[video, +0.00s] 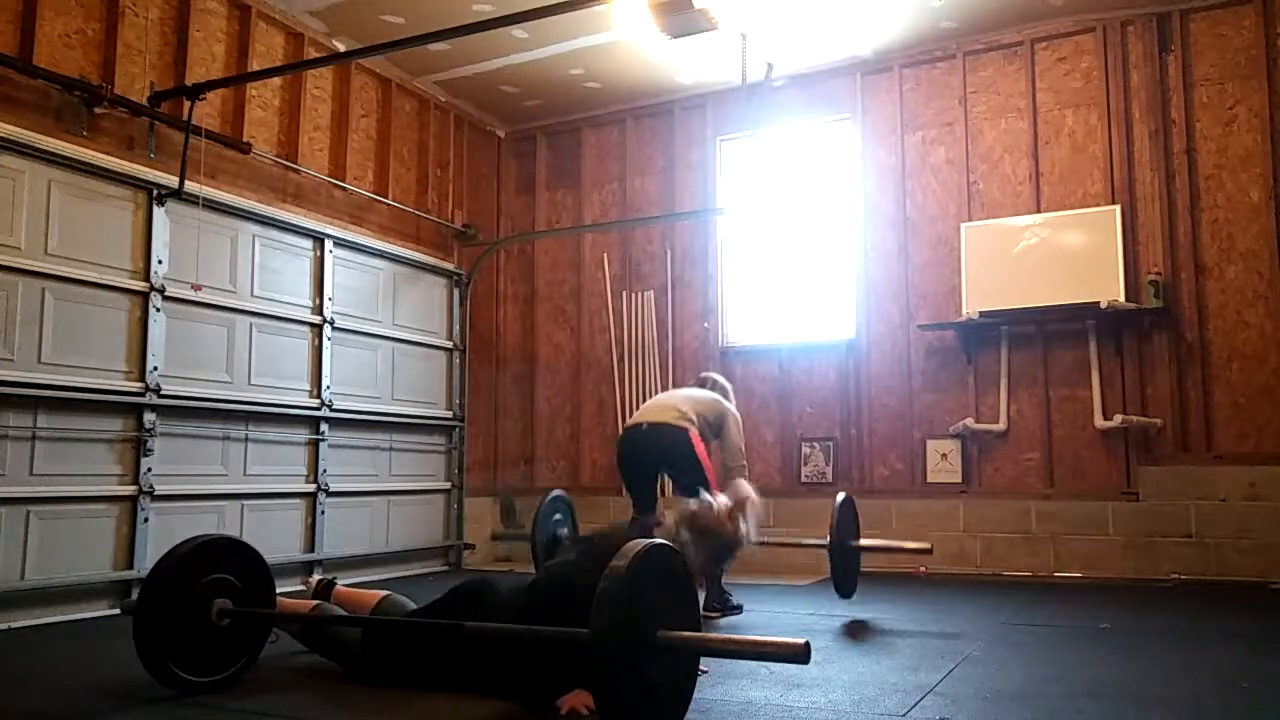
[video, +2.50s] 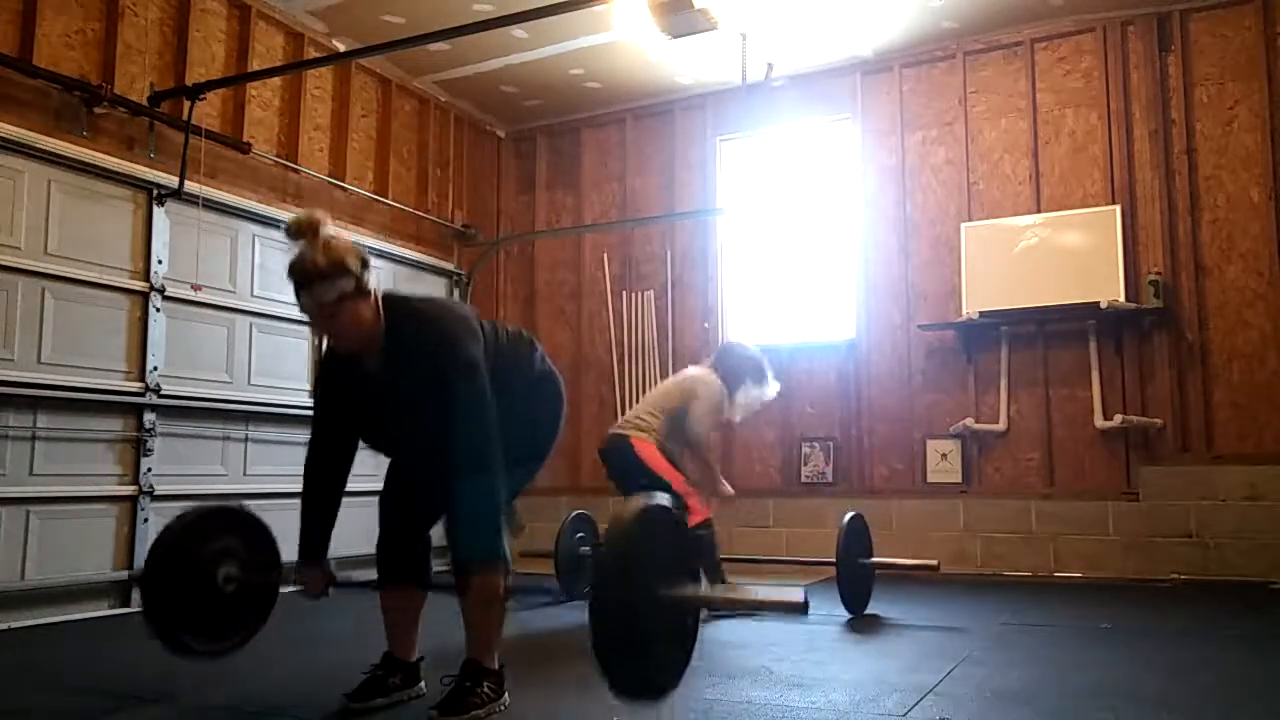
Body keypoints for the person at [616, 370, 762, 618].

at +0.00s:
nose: (730, 406)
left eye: (729, 401)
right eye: (729, 401)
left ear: (696, 388)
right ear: (723, 396)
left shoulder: (670, 397)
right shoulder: (724, 408)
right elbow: (735, 469)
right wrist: (744, 514)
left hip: (633, 436)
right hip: (678, 435)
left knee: (644, 515)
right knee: (706, 513)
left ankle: (629, 590)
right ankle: (715, 595)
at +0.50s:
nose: (722, 329)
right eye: (720, 323)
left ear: (680, 320)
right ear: (714, 323)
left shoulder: (660, 347)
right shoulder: (720, 351)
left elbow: (646, 390)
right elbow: (735, 408)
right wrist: (739, 461)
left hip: (639, 425)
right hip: (679, 428)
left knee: (648, 509)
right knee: (711, 507)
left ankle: (647, 593)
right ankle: (724, 592)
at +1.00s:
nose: (724, 332)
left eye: (722, 328)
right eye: (722, 327)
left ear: (687, 328)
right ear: (716, 328)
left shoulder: (665, 352)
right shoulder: (720, 346)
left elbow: (625, 364)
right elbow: (747, 356)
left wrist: (637, 399)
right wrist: (738, 399)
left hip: (650, 422)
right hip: (689, 422)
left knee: (653, 506)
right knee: (715, 507)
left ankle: (631, 585)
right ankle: (723, 592)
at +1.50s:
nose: (727, 342)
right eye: (727, 337)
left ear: (692, 331)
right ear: (721, 333)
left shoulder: (669, 351)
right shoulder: (729, 349)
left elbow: (636, 391)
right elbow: (745, 381)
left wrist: (643, 426)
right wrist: (745, 429)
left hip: (646, 425)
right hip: (686, 425)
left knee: (653, 506)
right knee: (715, 508)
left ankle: (632, 587)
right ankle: (723, 592)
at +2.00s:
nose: (737, 361)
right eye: (736, 356)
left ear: (698, 347)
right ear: (729, 353)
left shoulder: (675, 363)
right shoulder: (732, 370)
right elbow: (746, 421)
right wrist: (746, 468)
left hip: (643, 428)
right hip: (683, 430)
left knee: (650, 509)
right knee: (716, 509)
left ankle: (634, 587)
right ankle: (723, 592)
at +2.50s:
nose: (755, 407)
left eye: (759, 402)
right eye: (755, 398)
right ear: (739, 381)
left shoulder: (696, 378)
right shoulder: (709, 384)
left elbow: (670, 444)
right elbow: (698, 433)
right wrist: (716, 480)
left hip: (619, 442)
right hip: (634, 442)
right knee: (694, 507)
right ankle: (717, 584)